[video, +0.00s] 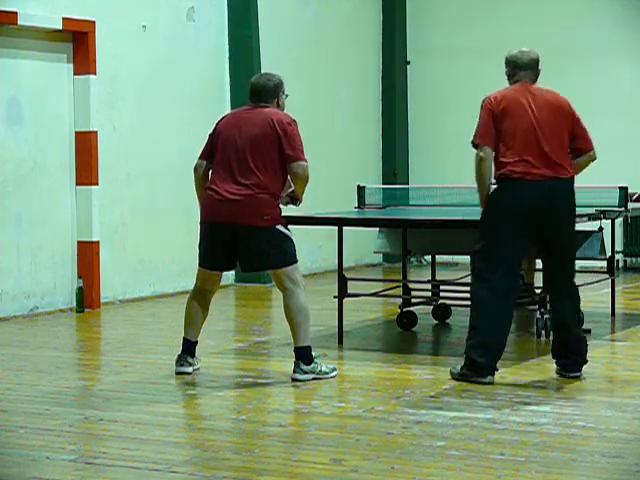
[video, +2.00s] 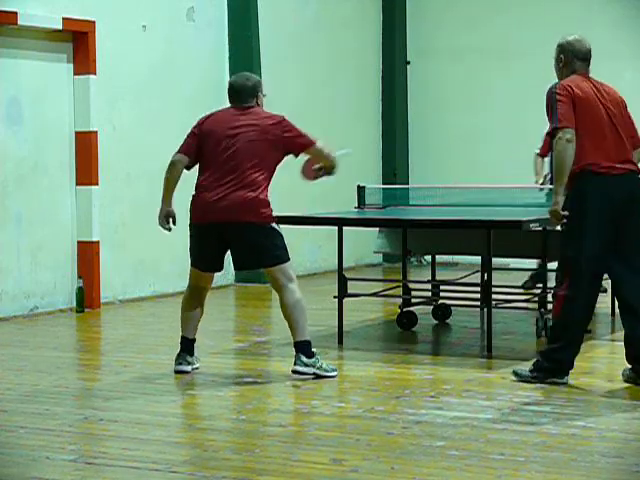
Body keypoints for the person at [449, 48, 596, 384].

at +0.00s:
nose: (508, 78)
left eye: (508, 73)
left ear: (508, 73)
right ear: (538, 74)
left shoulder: (496, 102)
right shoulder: (560, 103)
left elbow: (484, 153)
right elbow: (587, 154)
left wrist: (485, 200)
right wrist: (557, 176)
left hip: (512, 198)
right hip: (558, 198)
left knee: (493, 277)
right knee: (561, 278)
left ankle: (480, 364)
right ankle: (571, 362)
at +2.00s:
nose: (555, 67)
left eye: (555, 62)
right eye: (556, 62)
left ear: (562, 61)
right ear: (588, 63)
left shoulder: (563, 90)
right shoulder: (612, 93)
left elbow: (566, 138)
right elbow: (635, 144)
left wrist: (558, 193)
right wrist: (626, 179)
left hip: (592, 189)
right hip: (629, 189)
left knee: (579, 278)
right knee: (631, 278)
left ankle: (554, 364)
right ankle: (639, 364)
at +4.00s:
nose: (521, 85)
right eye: (524, 80)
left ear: (495, 75)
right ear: (524, 83)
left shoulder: (462, 98)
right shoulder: (518, 125)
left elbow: (424, 139)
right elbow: (519, 187)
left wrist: (426, 177)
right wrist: (532, 190)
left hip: (421, 193)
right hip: (460, 206)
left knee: (419, 257)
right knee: (476, 282)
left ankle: (395, 325)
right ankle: (454, 357)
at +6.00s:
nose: (513, 43)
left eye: (519, 36)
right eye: (514, 37)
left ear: (543, 41)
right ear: (547, 43)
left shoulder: (540, 77)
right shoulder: (572, 77)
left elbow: (534, 140)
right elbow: (576, 141)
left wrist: (503, 198)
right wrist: (524, 173)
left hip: (559, 192)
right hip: (586, 191)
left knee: (547, 286)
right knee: (567, 285)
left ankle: (555, 384)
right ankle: (573, 377)